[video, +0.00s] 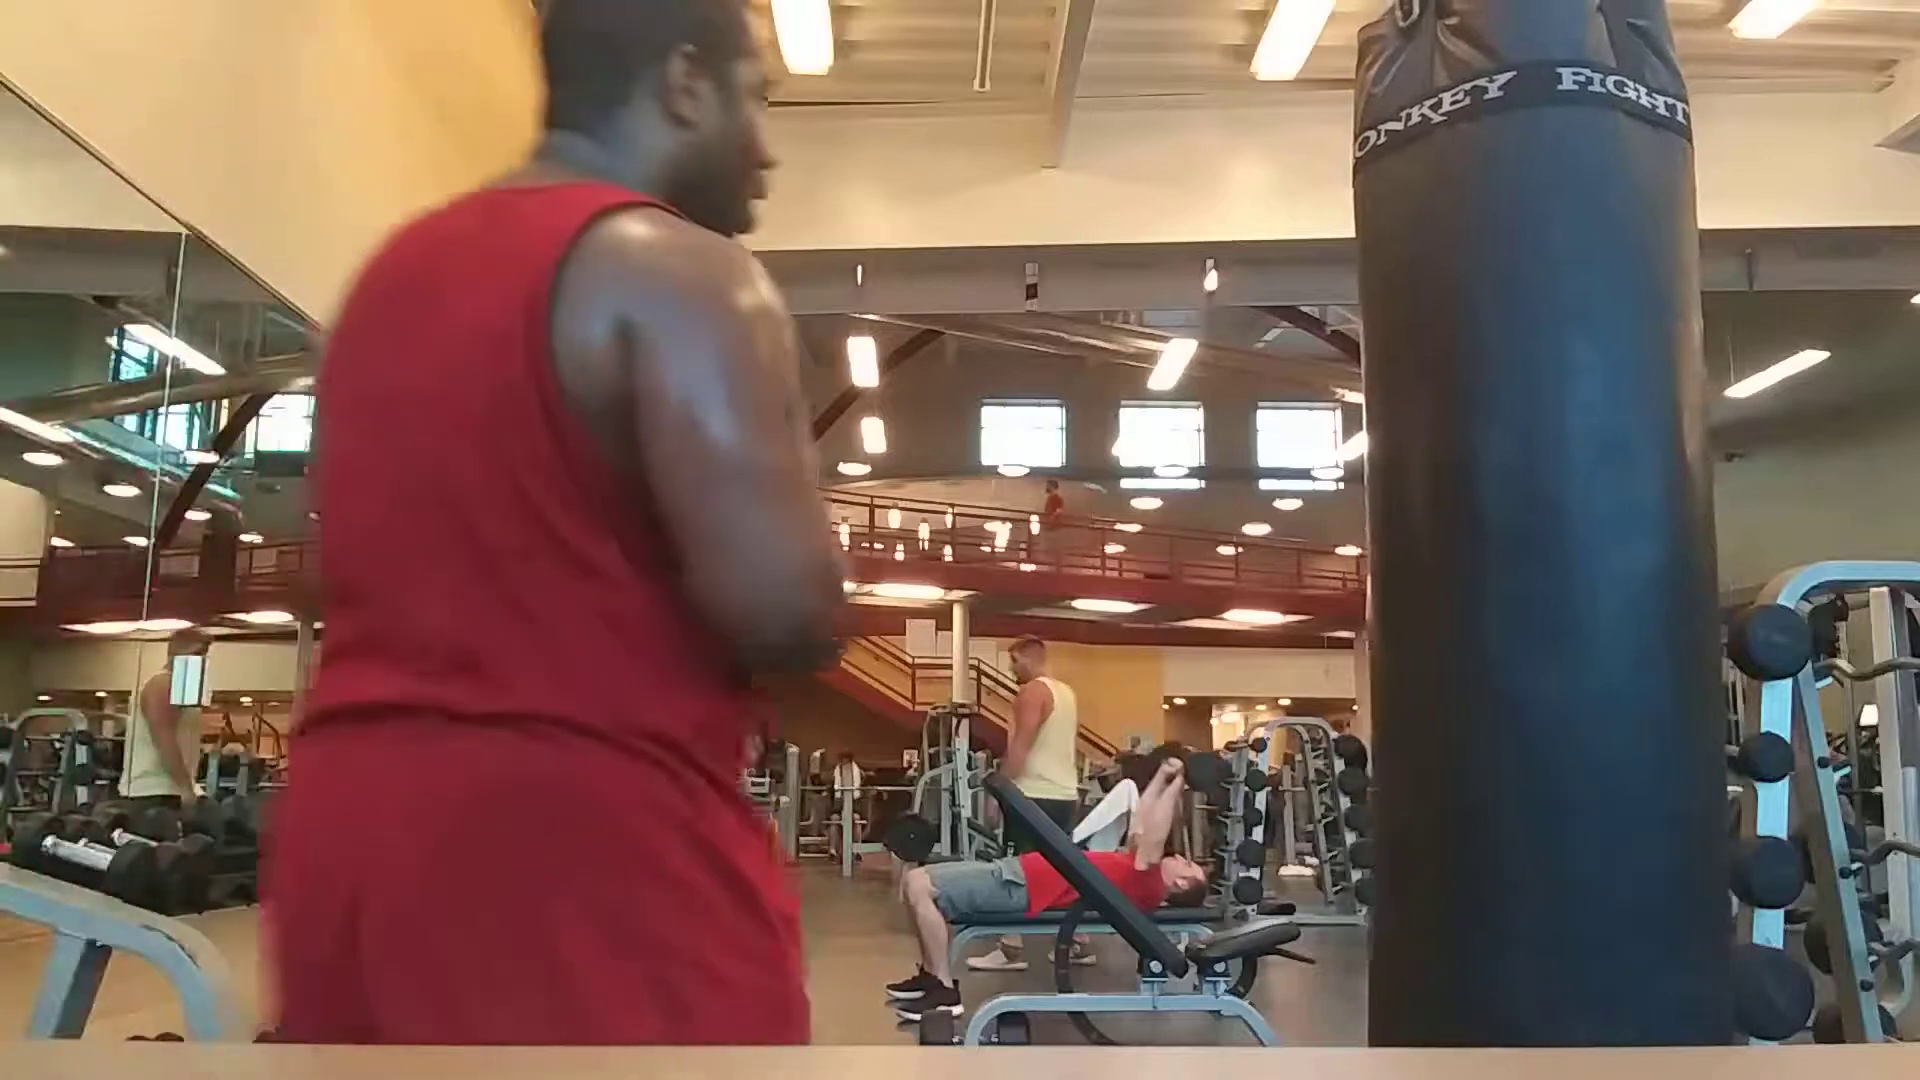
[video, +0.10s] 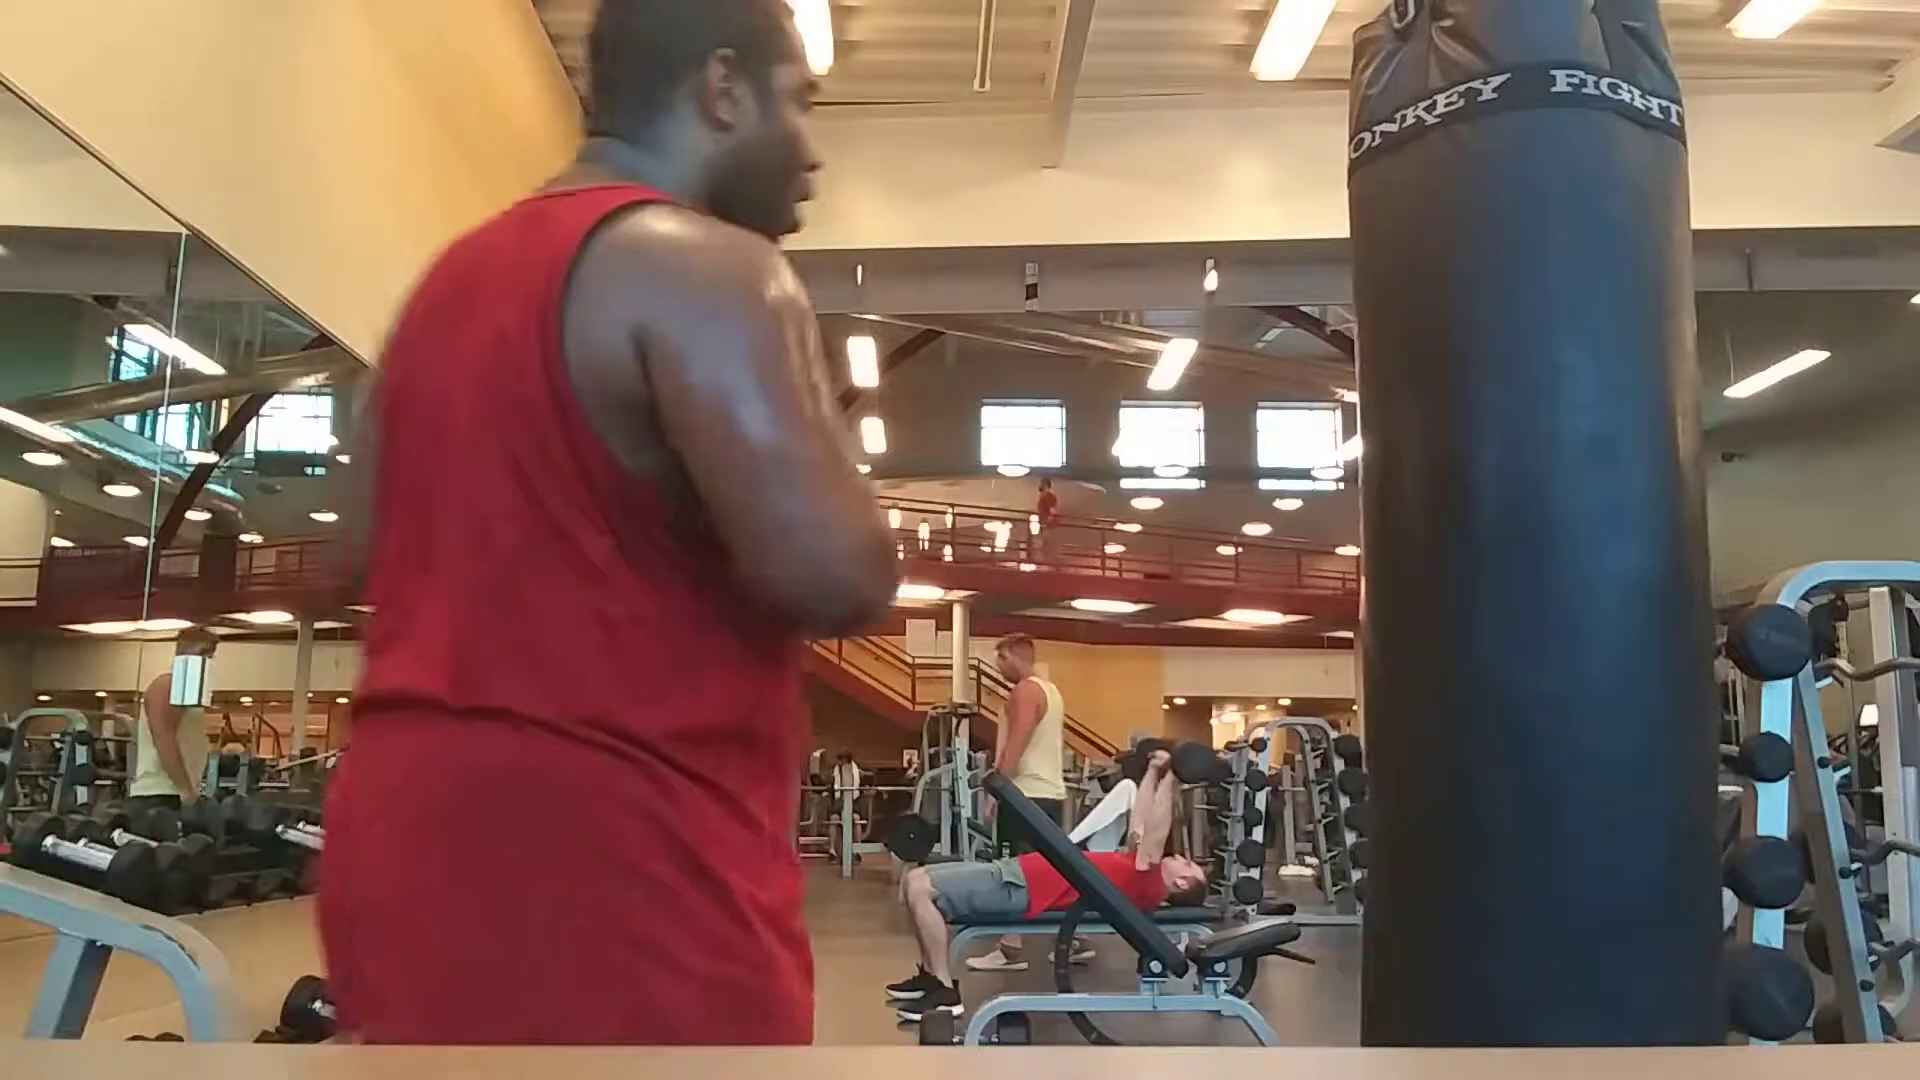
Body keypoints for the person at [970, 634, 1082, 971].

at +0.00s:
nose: (1013, 668)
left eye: (1014, 662)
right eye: (1012, 662)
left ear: (1027, 658)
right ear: (1041, 657)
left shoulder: (1032, 691)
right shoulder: (1066, 692)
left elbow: (1019, 749)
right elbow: (1067, 747)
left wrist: (999, 789)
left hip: (1031, 798)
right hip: (1064, 799)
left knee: (1018, 870)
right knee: (1066, 869)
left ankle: (1010, 945)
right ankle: (1078, 940)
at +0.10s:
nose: (999, 666)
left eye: (1001, 659)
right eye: (999, 659)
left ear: (1017, 656)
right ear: (1027, 656)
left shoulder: (1026, 690)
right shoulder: (1050, 691)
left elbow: (1016, 748)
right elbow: (1039, 747)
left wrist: (993, 791)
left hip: (1024, 797)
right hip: (1051, 797)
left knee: (1015, 870)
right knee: (1055, 869)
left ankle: (1010, 945)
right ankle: (1074, 937)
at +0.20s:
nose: (989, 666)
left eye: (991, 659)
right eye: (988, 659)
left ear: (1007, 656)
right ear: (1016, 656)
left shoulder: (1018, 690)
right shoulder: (1030, 688)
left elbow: (1012, 743)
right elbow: (1019, 742)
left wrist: (992, 789)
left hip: (1017, 795)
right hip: (1034, 794)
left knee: (1011, 868)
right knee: (1045, 866)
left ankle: (1011, 946)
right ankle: (1074, 930)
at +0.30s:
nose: (978, 663)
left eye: (982, 656)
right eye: (978, 657)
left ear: (1000, 656)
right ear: (1003, 656)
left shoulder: (1011, 689)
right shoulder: (1011, 689)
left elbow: (1007, 739)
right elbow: (1007, 741)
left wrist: (989, 785)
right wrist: (989, 784)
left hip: (1012, 793)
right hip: (1013, 793)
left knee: (1009, 866)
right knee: (1009, 866)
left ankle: (1011, 945)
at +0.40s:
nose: (971, 661)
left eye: (975, 655)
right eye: (971, 655)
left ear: (993, 654)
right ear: (990, 655)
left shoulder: (1007, 688)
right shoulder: (993, 691)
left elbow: (1002, 740)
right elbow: (991, 742)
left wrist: (985, 785)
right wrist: (979, 784)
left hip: (1006, 794)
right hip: (996, 794)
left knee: (1007, 865)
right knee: (998, 865)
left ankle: (1010, 944)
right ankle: (1006, 941)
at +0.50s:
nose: (963, 662)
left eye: (967, 655)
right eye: (963, 656)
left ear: (986, 654)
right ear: (977, 655)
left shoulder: (1002, 690)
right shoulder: (985, 693)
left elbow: (997, 744)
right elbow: (984, 744)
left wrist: (979, 789)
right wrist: (972, 789)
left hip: (998, 798)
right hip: (986, 798)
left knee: (1004, 870)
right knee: (993, 870)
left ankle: (1010, 945)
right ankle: (1005, 942)